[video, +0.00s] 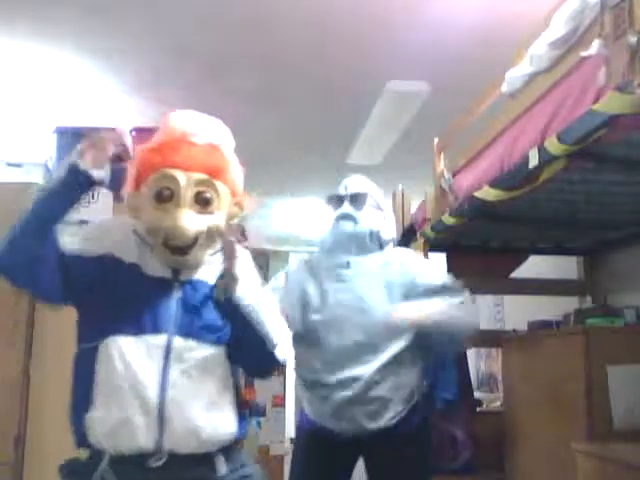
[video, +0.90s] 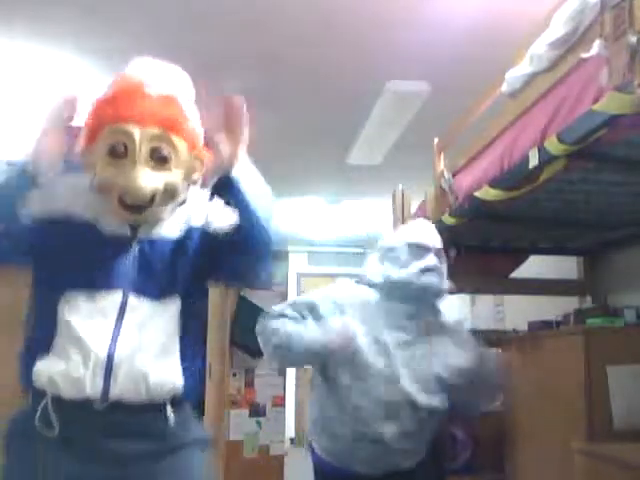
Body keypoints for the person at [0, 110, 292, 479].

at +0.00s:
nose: (181, 218)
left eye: (203, 199)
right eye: (164, 195)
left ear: (229, 211)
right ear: (134, 201)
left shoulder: (226, 280)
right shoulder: (103, 269)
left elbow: (266, 362)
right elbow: (19, 261)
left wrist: (234, 285)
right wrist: (80, 174)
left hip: (211, 465)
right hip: (117, 466)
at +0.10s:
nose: (173, 214)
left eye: (195, 198)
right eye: (157, 193)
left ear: (220, 208)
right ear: (129, 196)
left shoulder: (221, 270)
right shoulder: (98, 253)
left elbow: (260, 344)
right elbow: (24, 293)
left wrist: (252, 259)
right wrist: (76, 194)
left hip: (195, 464)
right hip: (102, 463)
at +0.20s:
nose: (166, 219)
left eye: (188, 198)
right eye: (149, 193)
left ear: (213, 211)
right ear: (119, 196)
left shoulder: (211, 271)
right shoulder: (94, 261)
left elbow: (257, 333)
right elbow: (35, 332)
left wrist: (265, 240)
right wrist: (74, 236)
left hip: (177, 460)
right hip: (91, 460)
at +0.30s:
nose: (154, 216)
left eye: (177, 196)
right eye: (137, 190)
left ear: (196, 208)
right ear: (105, 194)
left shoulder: (190, 265)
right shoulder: (71, 256)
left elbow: (233, 296)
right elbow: (31, 366)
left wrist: (252, 211)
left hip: (159, 460)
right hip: (73, 459)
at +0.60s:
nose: (137, 210)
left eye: (160, 186)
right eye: (119, 180)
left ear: (184, 200)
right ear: (87, 185)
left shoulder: (178, 259)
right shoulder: (59, 247)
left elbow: (216, 305)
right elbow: (21, 360)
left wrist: (226, 219)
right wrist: (69, 283)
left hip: (154, 456)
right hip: (55, 454)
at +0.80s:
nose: (136, 184)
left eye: (157, 162)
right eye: (116, 158)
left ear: (187, 175)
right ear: (86, 165)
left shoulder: (192, 236)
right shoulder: (62, 226)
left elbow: (239, 286)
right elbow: (9, 282)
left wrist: (225, 192)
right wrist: (35, 203)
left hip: (162, 444)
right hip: (60, 437)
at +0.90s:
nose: (136, 176)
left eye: (159, 156)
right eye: (118, 151)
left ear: (193, 170)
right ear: (88, 157)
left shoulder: (198, 233)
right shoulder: (57, 219)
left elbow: (261, 264)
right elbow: (4, 235)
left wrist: (233, 173)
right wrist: (34, 170)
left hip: (164, 439)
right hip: (58, 435)